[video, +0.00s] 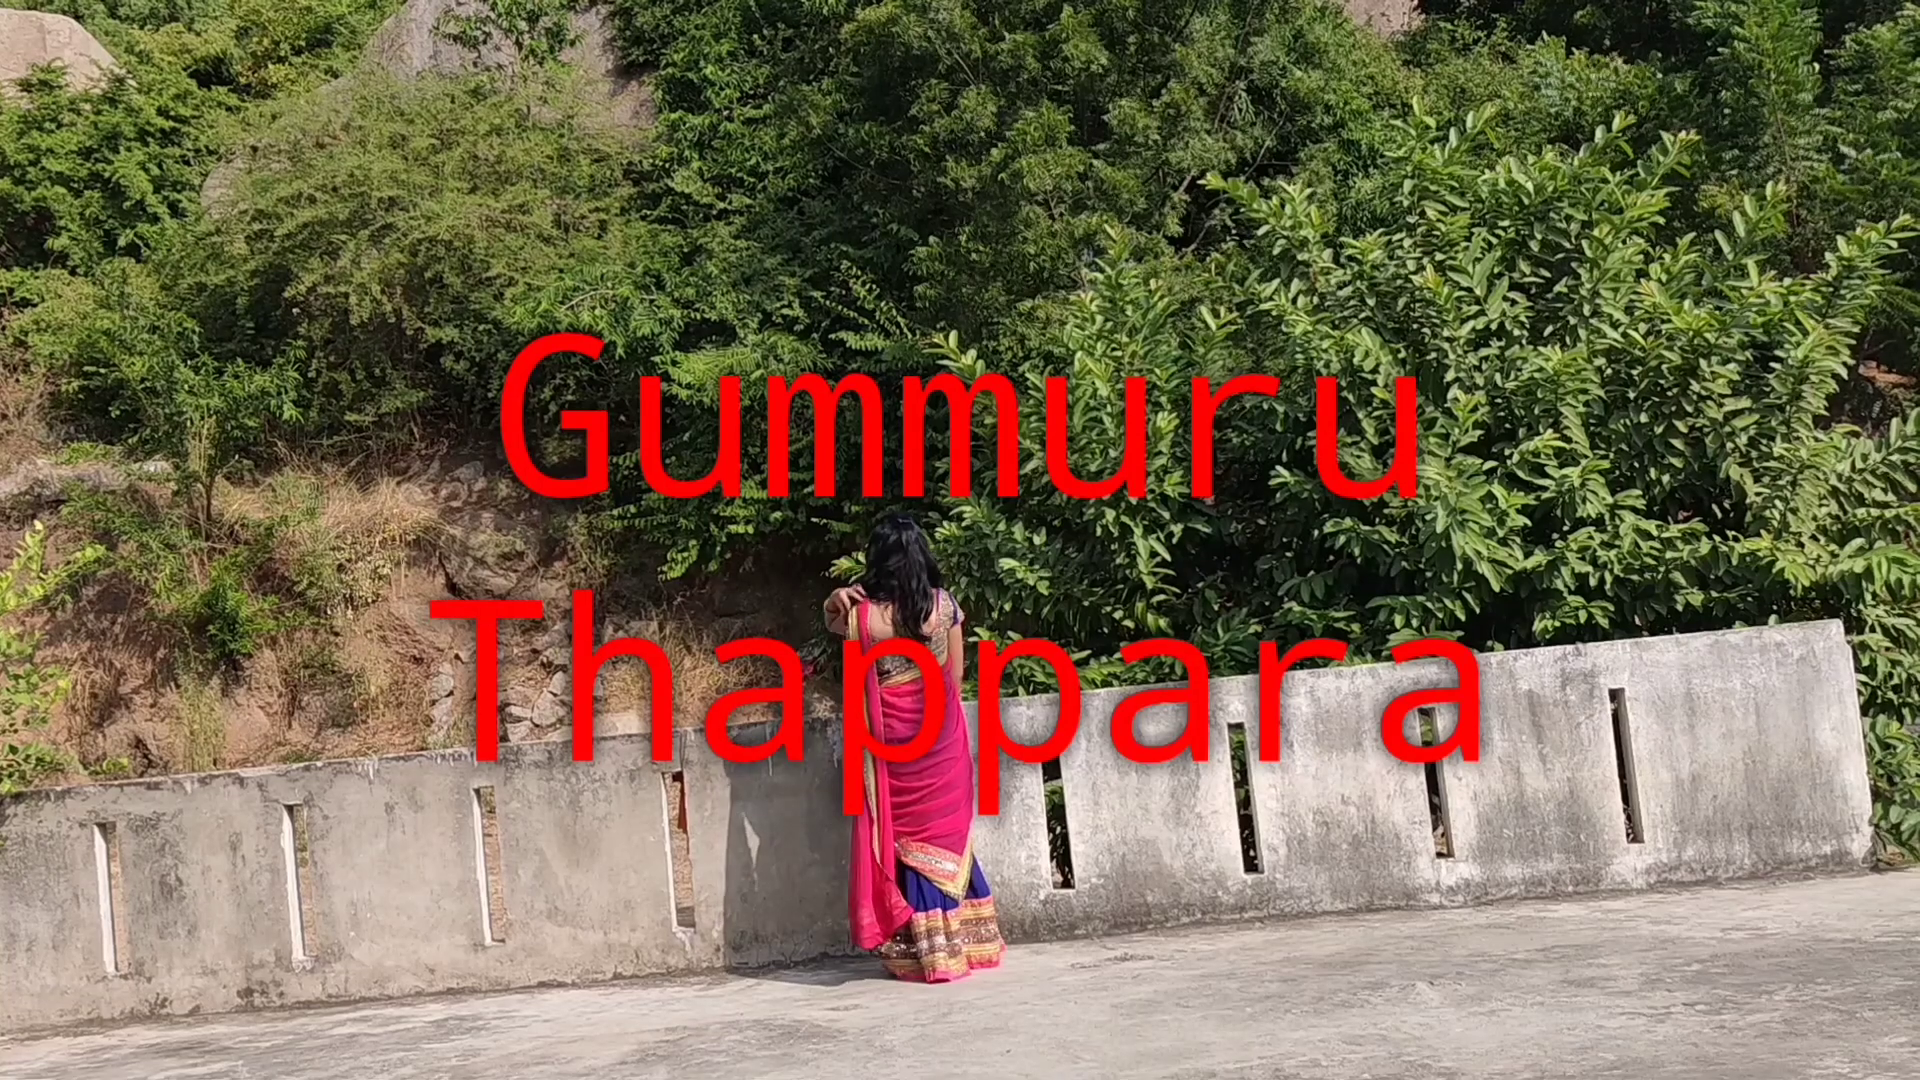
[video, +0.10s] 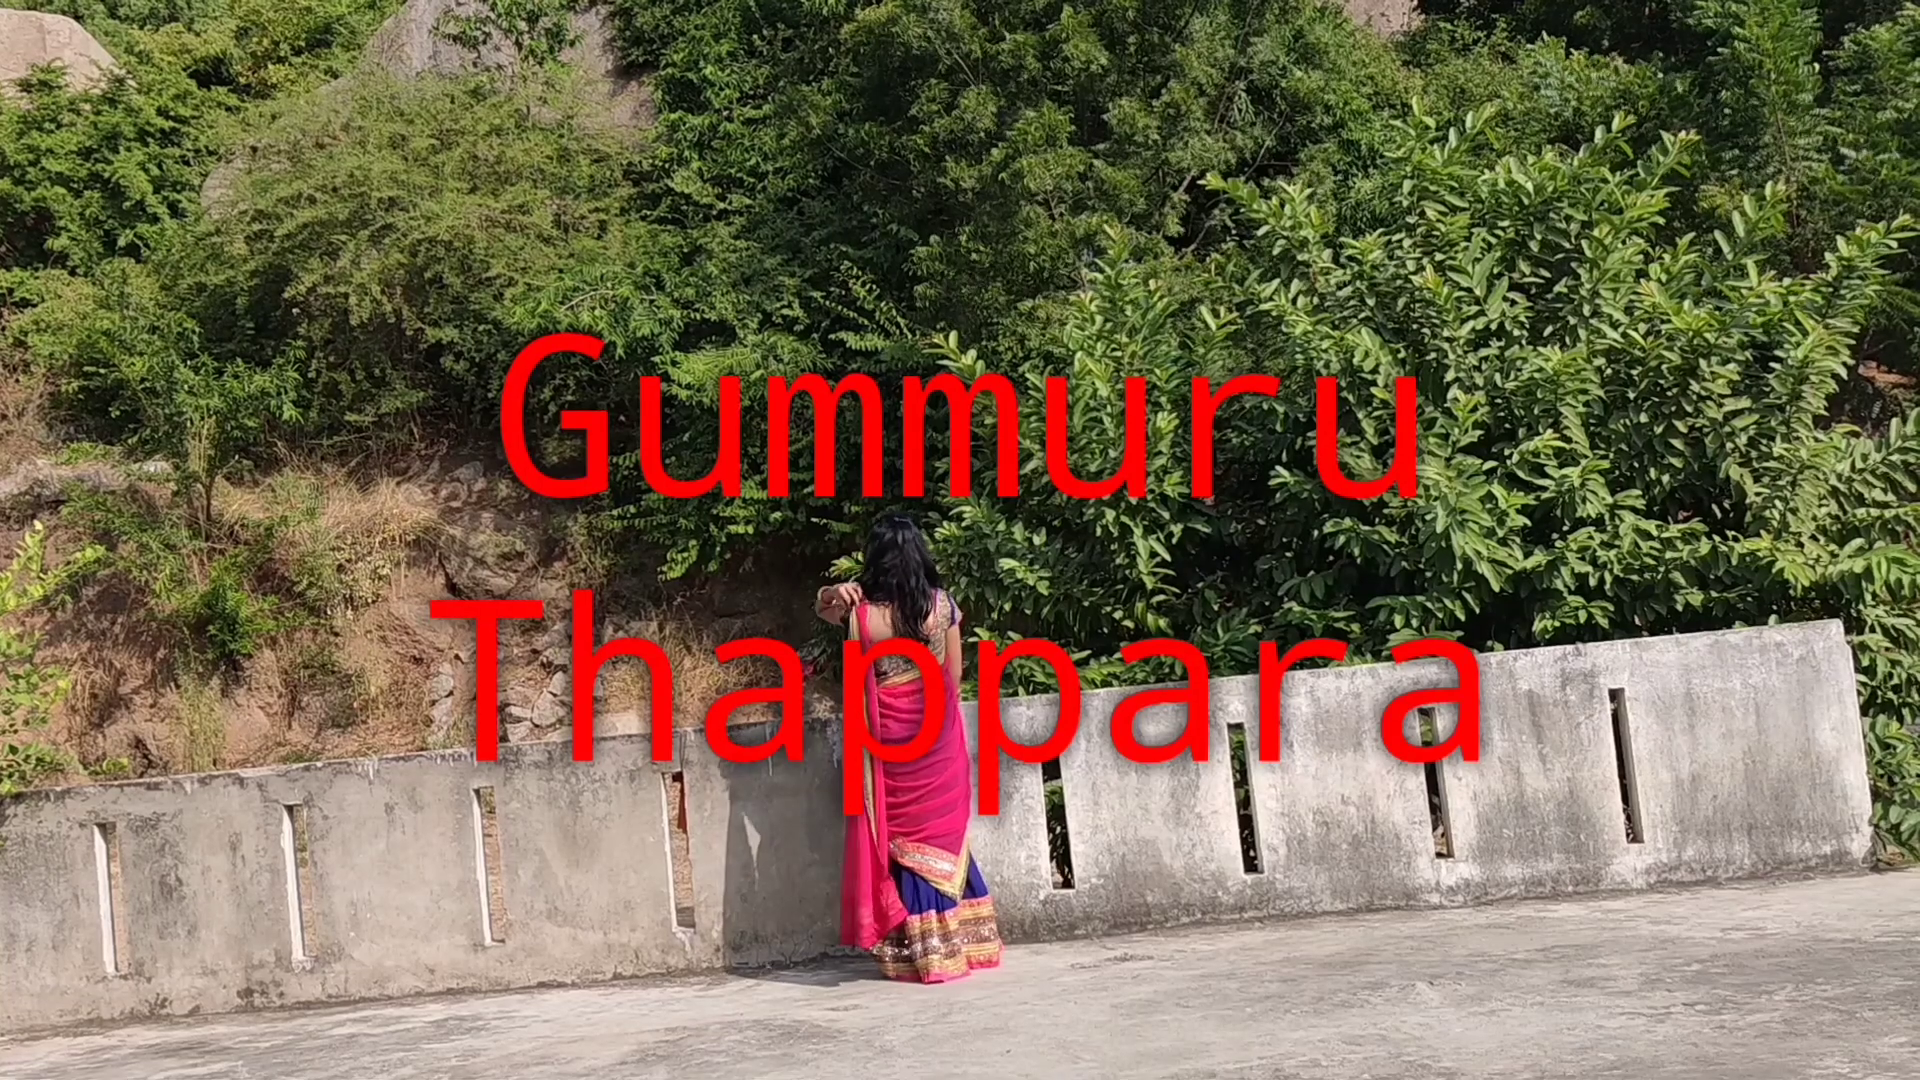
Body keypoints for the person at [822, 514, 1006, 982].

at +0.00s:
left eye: (881, 555)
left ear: (877, 561)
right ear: (924, 557)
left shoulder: (864, 616)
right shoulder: (945, 606)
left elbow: (854, 672)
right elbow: (955, 674)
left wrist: (838, 605)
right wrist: (947, 719)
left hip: (891, 728)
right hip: (941, 726)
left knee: (902, 830)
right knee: (946, 828)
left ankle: (922, 947)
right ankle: (960, 940)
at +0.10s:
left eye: (880, 554)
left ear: (875, 561)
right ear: (922, 556)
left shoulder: (864, 613)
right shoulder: (944, 605)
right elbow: (954, 673)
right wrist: (945, 717)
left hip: (889, 730)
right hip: (939, 727)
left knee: (897, 831)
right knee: (945, 828)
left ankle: (915, 947)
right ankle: (959, 940)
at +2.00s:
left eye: (848, 560)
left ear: (849, 564)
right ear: (896, 558)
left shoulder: (838, 620)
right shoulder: (925, 606)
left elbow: (834, 696)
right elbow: (938, 675)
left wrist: (846, 748)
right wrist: (935, 727)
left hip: (873, 734)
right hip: (922, 730)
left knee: (888, 835)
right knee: (931, 828)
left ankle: (909, 950)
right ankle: (946, 942)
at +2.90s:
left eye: (848, 556)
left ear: (846, 562)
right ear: (892, 558)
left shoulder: (829, 616)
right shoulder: (919, 607)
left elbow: (832, 687)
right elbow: (934, 674)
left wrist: (845, 740)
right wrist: (931, 726)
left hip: (867, 739)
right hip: (919, 732)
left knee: (878, 837)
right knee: (930, 831)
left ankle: (893, 953)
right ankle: (945, 945)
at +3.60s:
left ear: (844, 562)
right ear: (892, 559)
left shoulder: (827, 618)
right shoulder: (918, 608)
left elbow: (829, 693)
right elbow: (934, 677)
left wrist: (838, 746)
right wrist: (934, 731)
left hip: (865, 741)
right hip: (919, 737)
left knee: (875, 839)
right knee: (927, 834)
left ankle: (892, 951)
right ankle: (941, 944)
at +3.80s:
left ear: (844, 561)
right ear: (889, 558)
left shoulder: (828, 617)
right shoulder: (912, 606)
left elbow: (830, 692)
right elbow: (931, 675)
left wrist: (838, 745)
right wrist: (937, 727)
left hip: (865, 735)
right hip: (913, 729)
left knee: (877, 837)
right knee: (927, 829)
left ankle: (892, 948)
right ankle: (943, 942)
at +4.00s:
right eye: (889, 553)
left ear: (842, 562)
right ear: (887, 559)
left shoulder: (826, 618)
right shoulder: (904, 608)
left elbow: (825, 691)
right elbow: (925, 679)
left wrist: (831, 742)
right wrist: (940, 733)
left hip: (854, 737)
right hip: (903, 730)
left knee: (868, 837)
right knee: (920, 830)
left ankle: (883, 949)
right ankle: (937, 943)